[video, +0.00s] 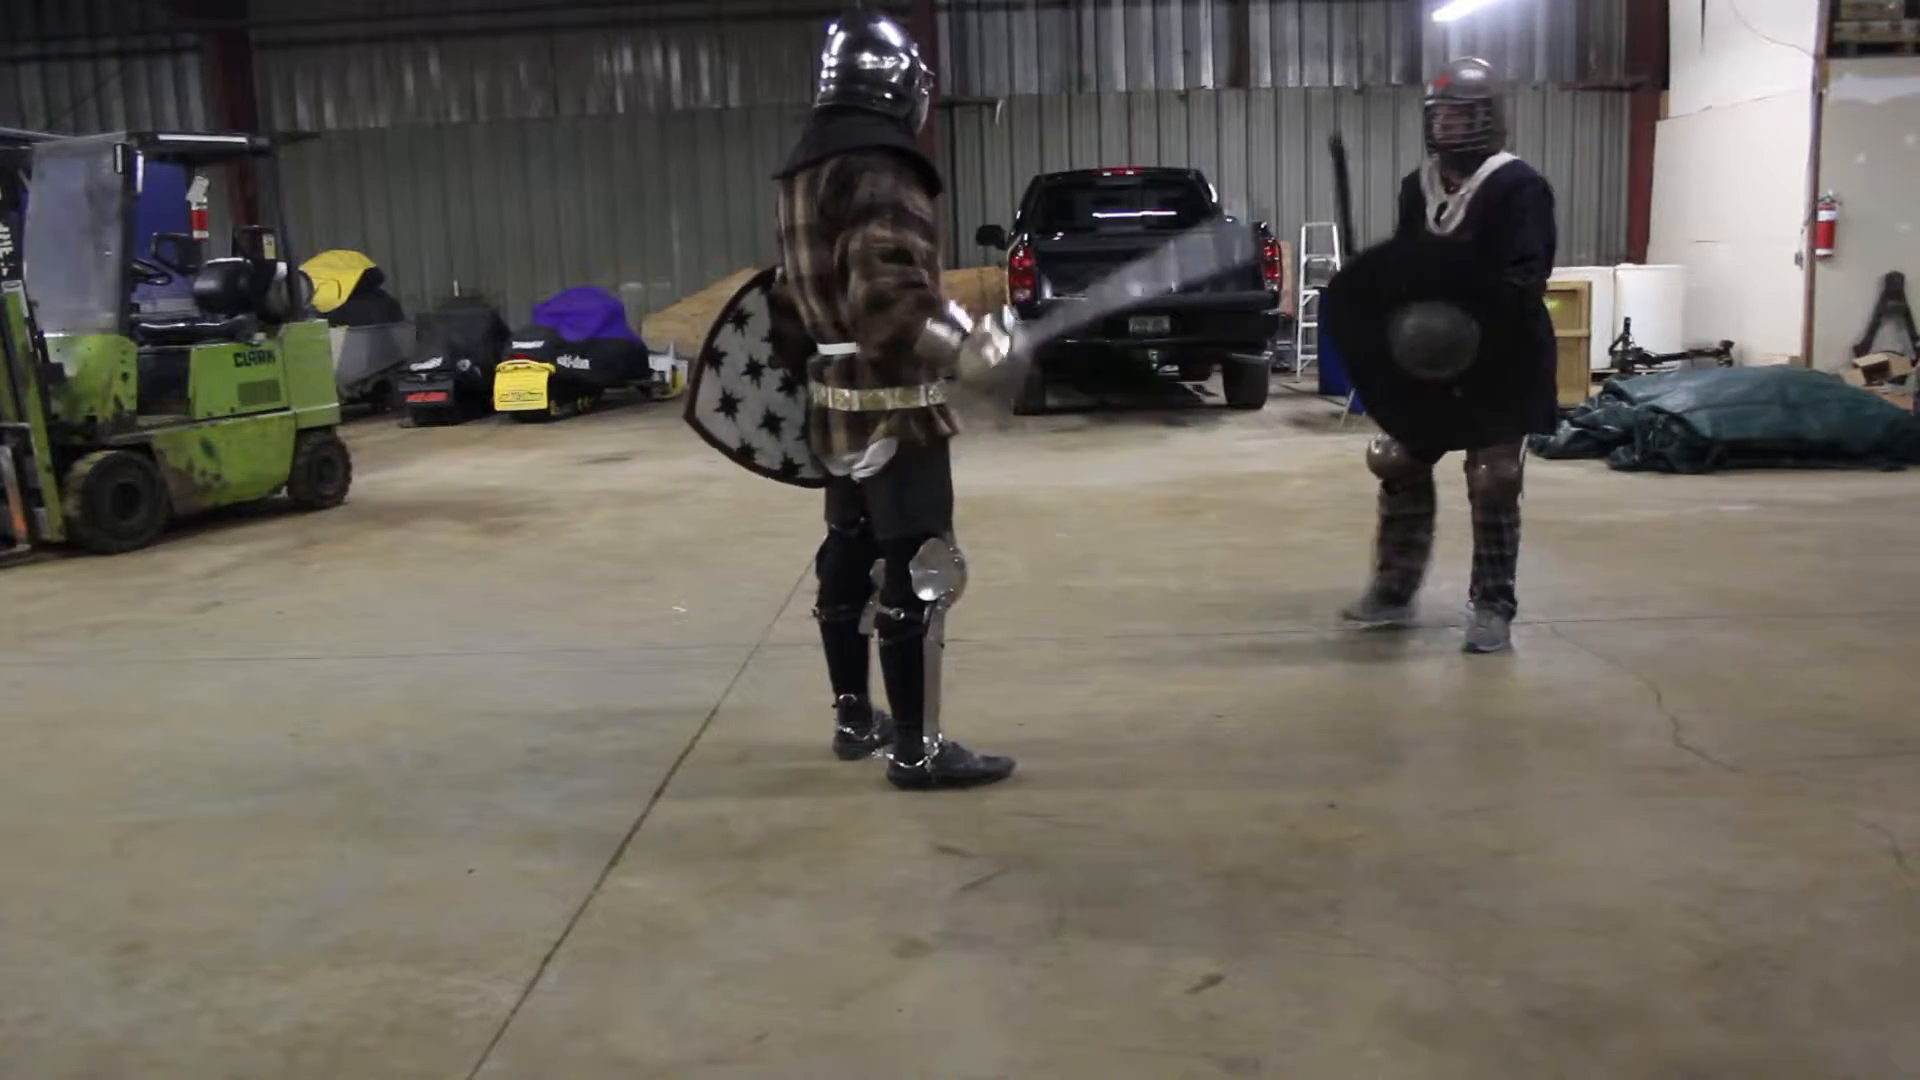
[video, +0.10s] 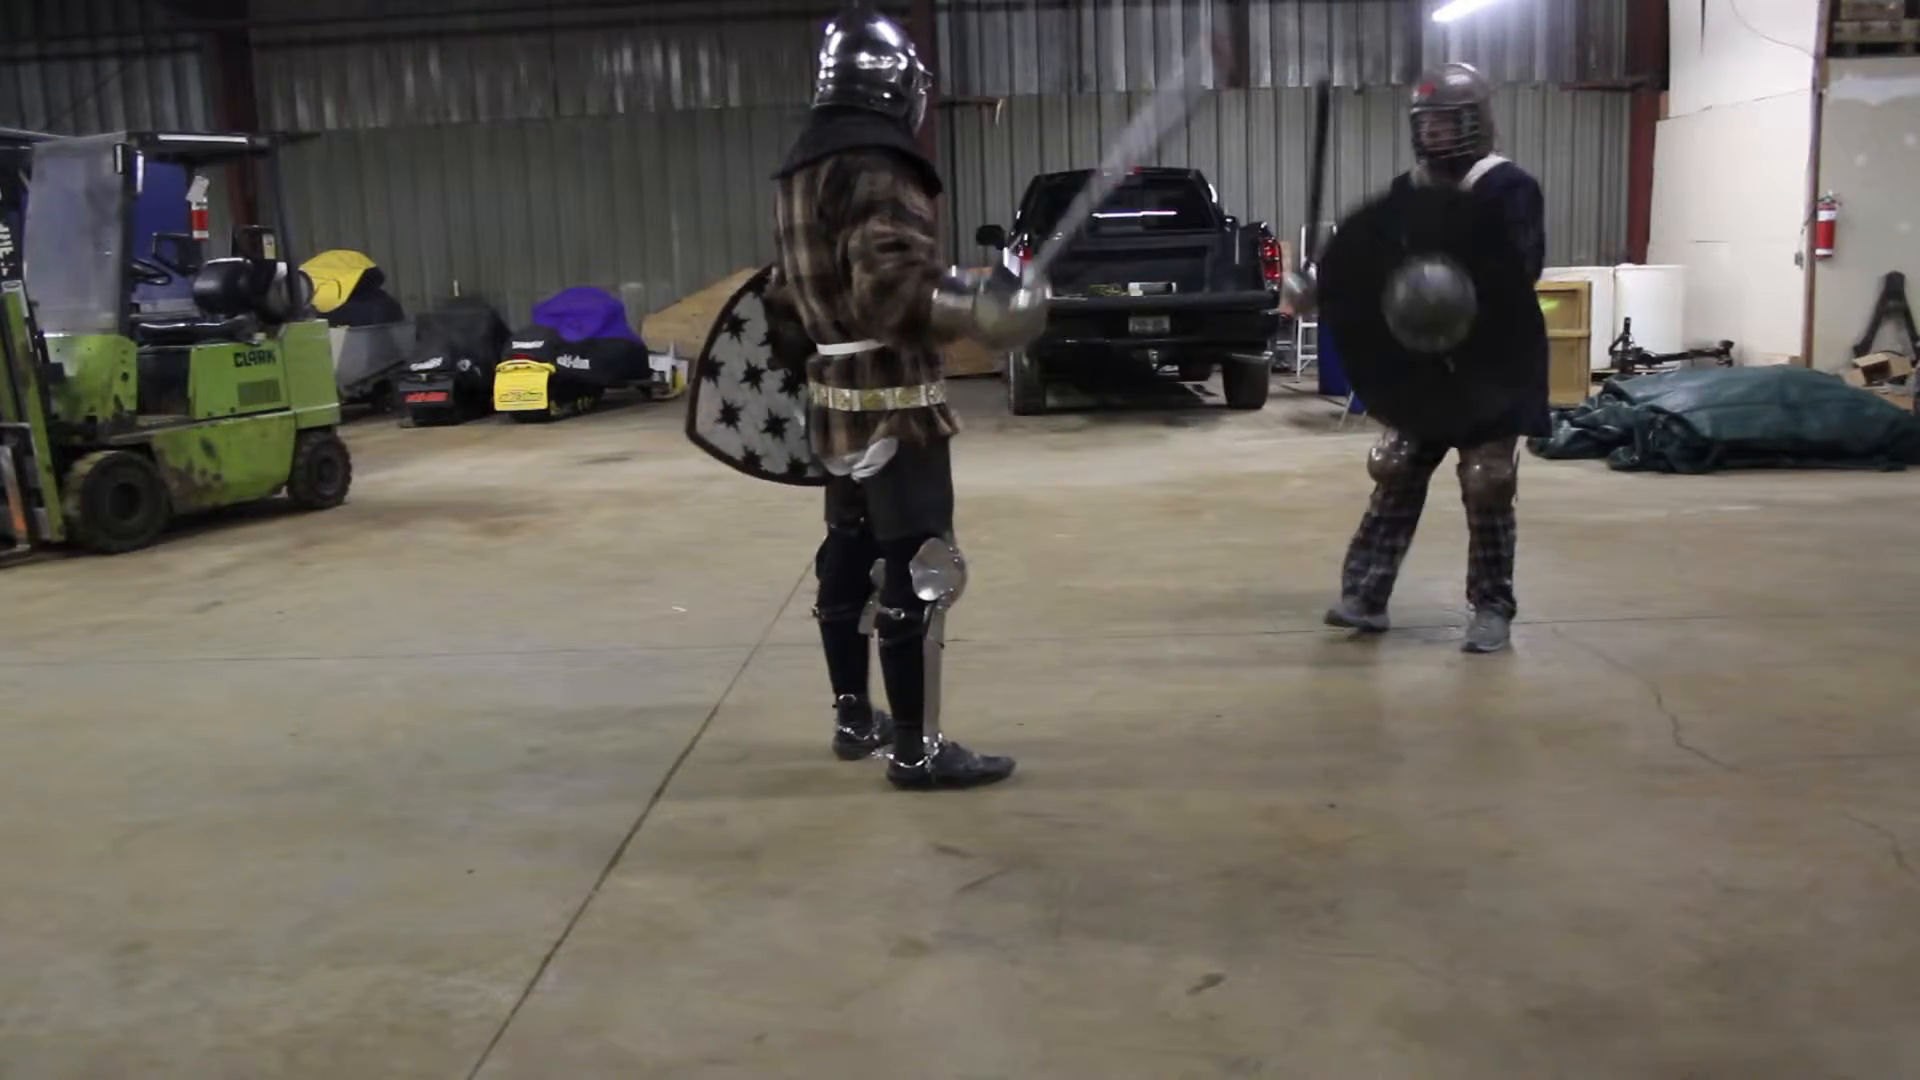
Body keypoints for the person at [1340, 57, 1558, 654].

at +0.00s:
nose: (1448, 124)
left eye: (1463, 113)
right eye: (1439, 113)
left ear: (1490, 119)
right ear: (1428, 118)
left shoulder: (1520, 187)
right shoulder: (1417, 188)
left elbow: (1526, 279)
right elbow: (1403, 272)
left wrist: (1467, 320)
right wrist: (1400, 330)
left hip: (1503, 363)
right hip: (1429, 359)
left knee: (1493, 475)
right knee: (1398, 459)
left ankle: (1491, 608)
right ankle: (1393, 593)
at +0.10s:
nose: (1432, 131)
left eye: (1446, 120)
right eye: (1423, 120)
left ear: (1477, 122)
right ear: (1414, 125)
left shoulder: (1509, 188)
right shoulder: (1406, 189)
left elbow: (1519, 271)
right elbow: (1374, 262)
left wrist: (1459, 302)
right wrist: (1327, 283)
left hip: (1495, 367)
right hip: (1419, 364)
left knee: (1487, 480)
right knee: (1396, 469)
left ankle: (1491, 609)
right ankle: (1364, 597)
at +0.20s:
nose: (1421, 139)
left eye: (1436, 125)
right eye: (1411, 126)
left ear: (1464, 127)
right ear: (1397, 129)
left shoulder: (1494, 191)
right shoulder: (1386, 192)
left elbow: (1500, 275)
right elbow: (1346, 251)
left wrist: (1452, 256)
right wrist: (1293, 245)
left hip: (1487, 356)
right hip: (1417, 357)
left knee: (1478, 479)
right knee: (1389, 470)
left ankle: (1490, 609)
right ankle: (1367, 603)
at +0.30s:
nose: (1415, 127)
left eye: (1428, 115)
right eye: (1405, 115)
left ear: (1449, 123)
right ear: (1391, 120)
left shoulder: (1474, 187)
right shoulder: (1374, 188)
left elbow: (1459, 246)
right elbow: (1305, 244)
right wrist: (1270, 211)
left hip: (1473, 335)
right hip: (1408, 336)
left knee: (1466, 476)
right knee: (1374, 467)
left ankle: (1489, 607)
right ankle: (1368, 600)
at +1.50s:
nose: (1453, 146)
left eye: (1467, 133)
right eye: (1442, 135)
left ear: (1490, 139)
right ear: (1427, 141)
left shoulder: (1522, 201)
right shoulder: (1413, 206)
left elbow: (1517, 272)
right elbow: (1353, 268)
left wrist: (1462, 212)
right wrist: (1317, 231)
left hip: (1514, 350)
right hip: (1444, 351)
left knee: (1513, 488)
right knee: (1398, 472)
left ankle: (1509, 599)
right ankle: (1375, 600)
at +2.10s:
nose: (1414, 147)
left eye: (1428, 135)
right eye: (1402, 136)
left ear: (1449, 139)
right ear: (1387, 140)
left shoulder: (1476, 209)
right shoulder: (1379, 202)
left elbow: (1465, 295)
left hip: (1466, 354)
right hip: (1394, 352)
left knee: (1470, 490)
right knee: (1351, 477)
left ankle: (1503, 598)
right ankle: (1346, 609)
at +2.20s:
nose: (1417, 153)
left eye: (1427, 140)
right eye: (1401, 141)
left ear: (1445, 144)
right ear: (1378, 144)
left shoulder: (1463, 211)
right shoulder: (1364, 204)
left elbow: (1466, 300)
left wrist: (1415, 339)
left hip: (1454, 360)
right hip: (1380, 360)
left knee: (1470, 499)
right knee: (1341, 479)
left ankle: (1503, 597)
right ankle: (1345, 608)